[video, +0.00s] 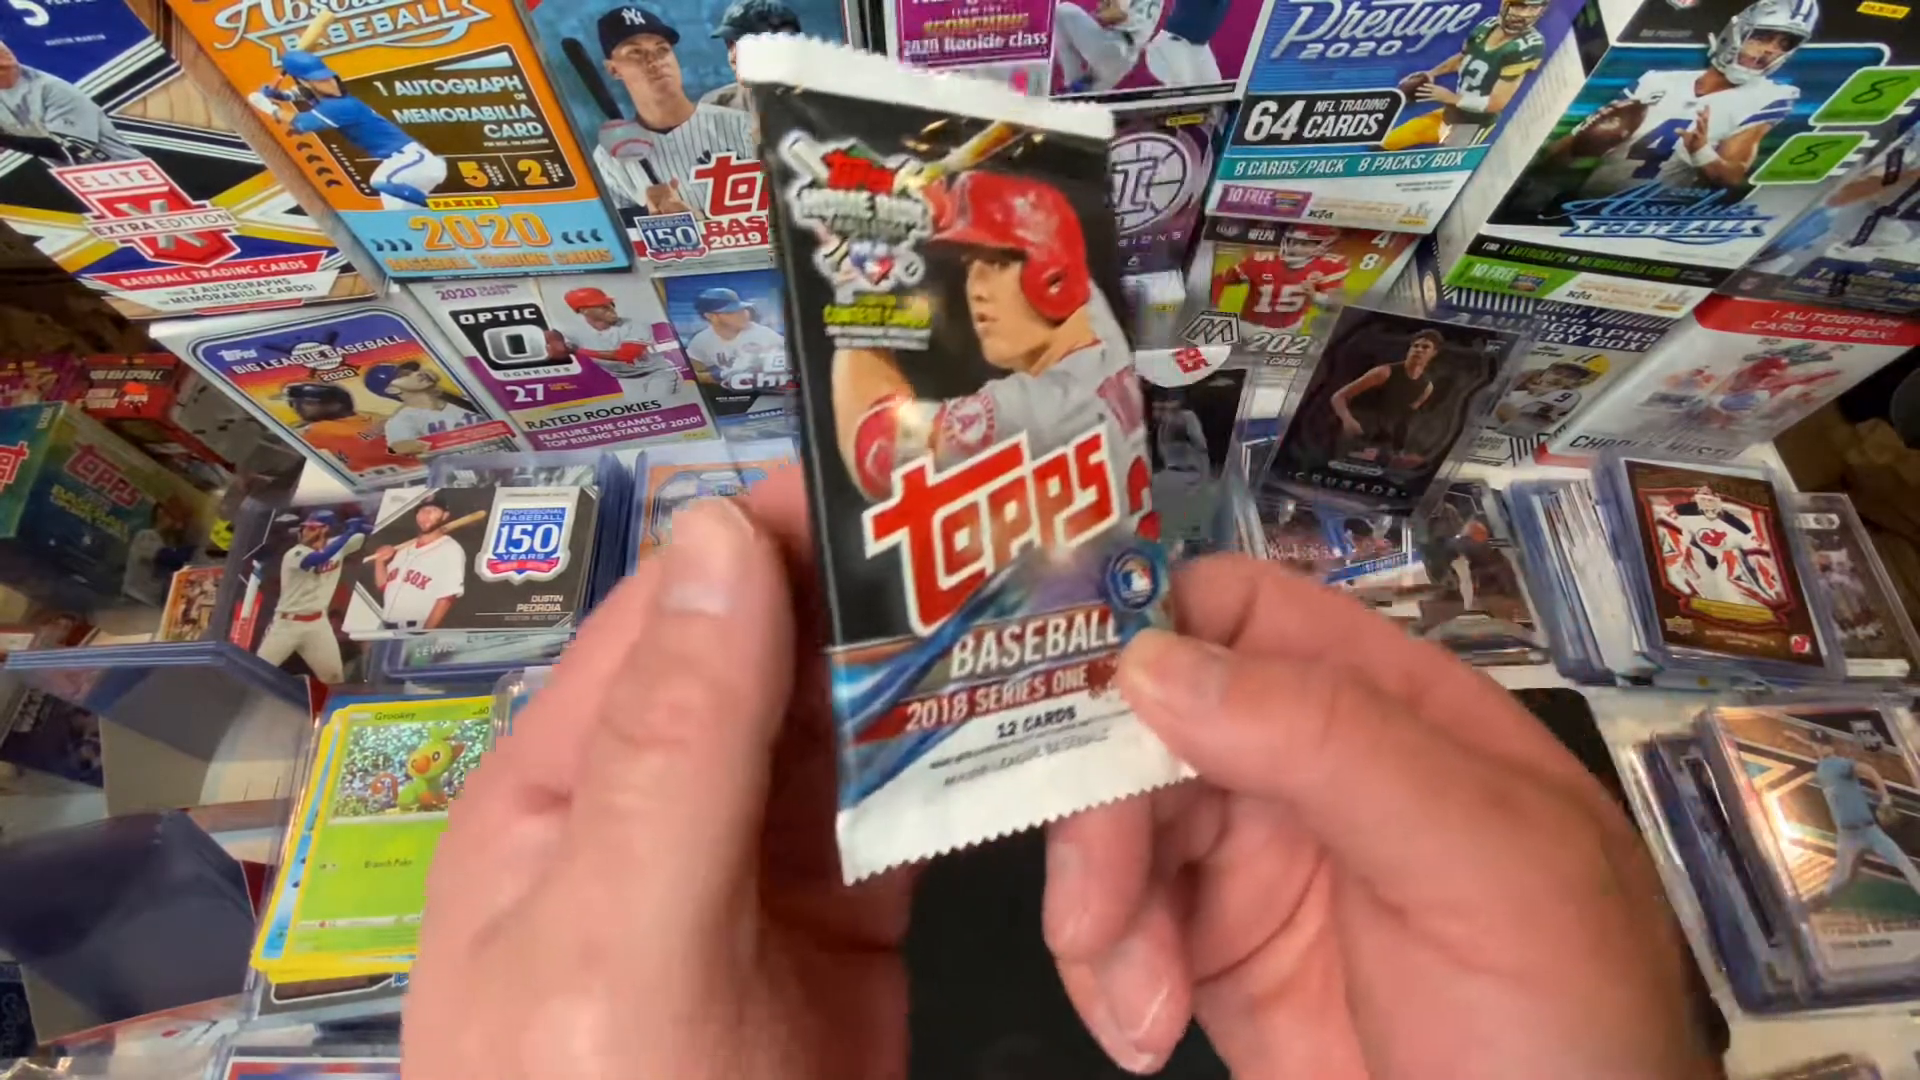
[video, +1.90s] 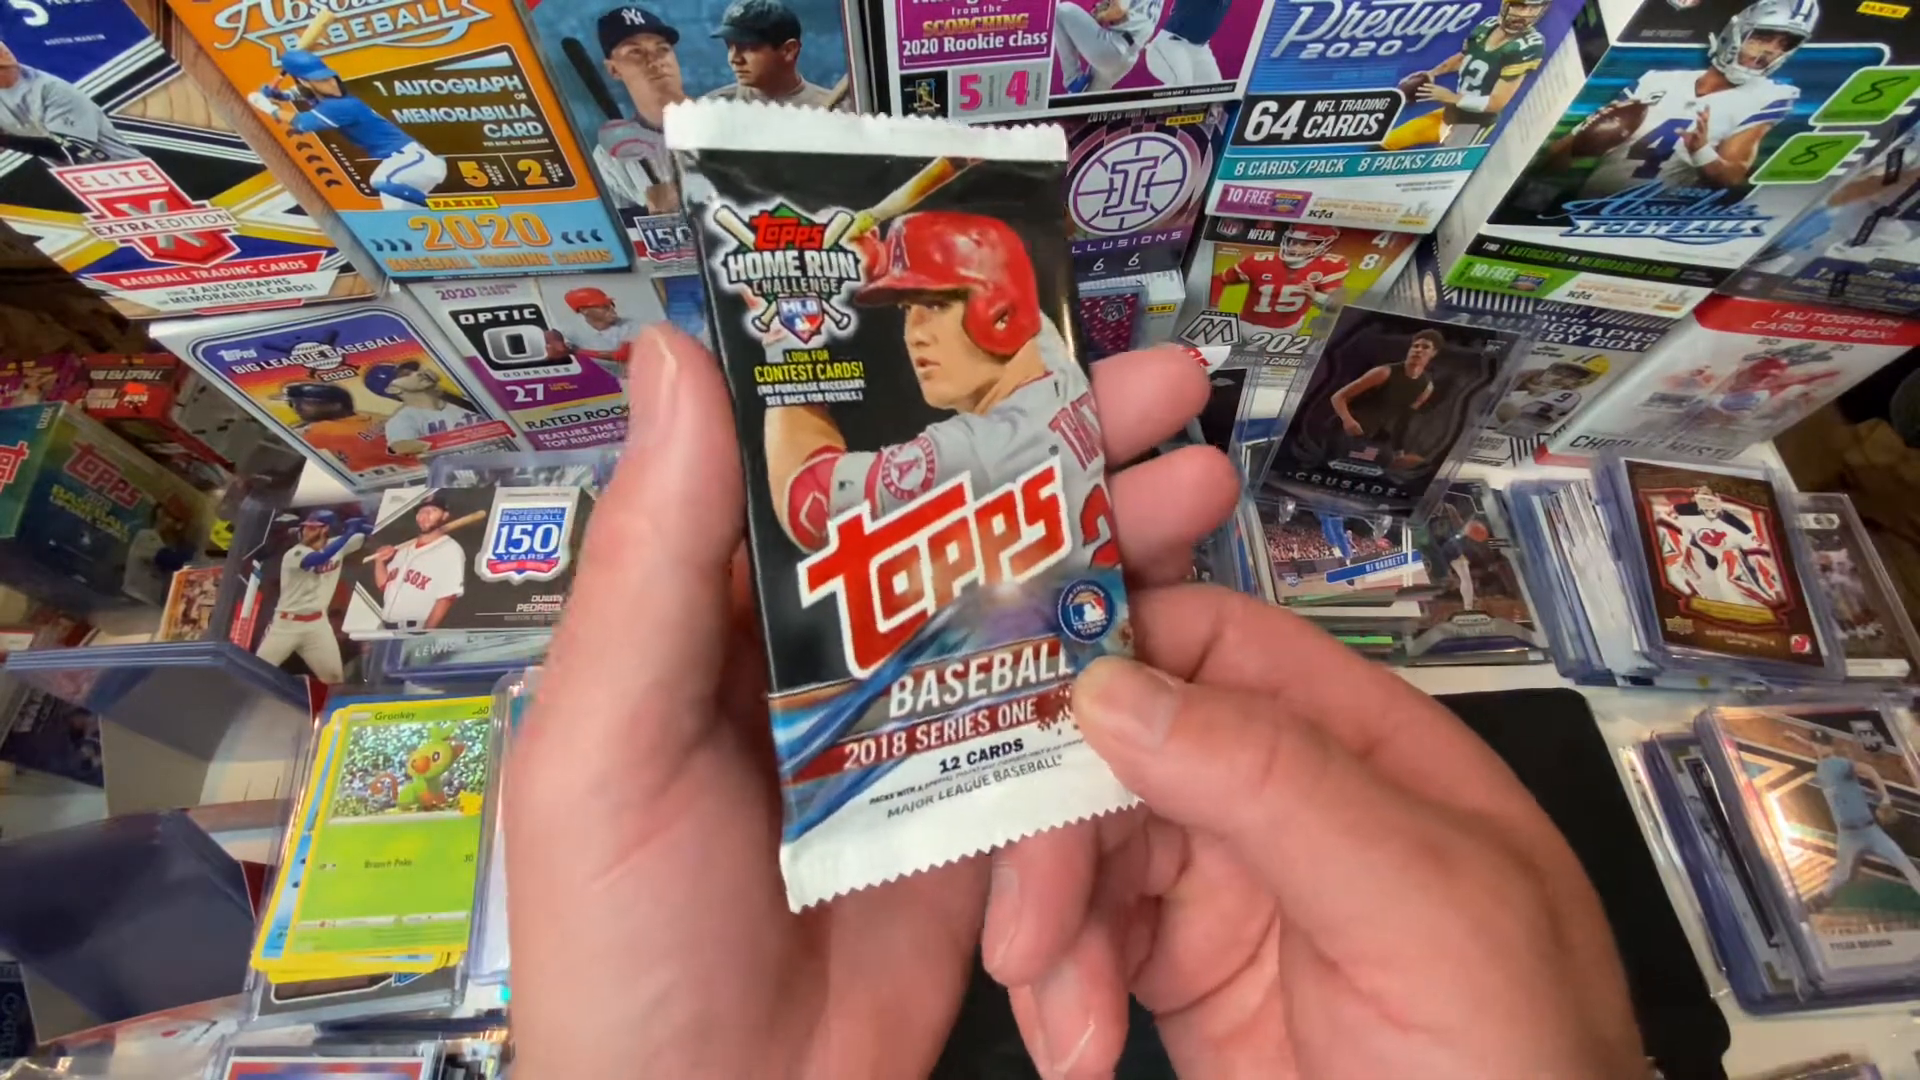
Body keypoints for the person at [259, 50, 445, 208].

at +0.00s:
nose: (330, 80)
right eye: (322, 78)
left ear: (310, 83)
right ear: (308, 83)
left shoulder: (343, 107)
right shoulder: (332, 102)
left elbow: (298, 123)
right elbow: (303, 92)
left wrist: (271, 109)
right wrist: (278, 95)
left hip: (415, 159)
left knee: (381, 179)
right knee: (399, 219)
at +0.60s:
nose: (331, 80)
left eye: (328, 76)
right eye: (322, 78)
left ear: (309, 82)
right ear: (307, 83)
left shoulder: (343, 106)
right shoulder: (332, 103)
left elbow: (299, 122)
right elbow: (301, 92)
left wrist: (270, 108)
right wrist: (276, 94)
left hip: (415, 158)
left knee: (380, 179)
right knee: (398, 221)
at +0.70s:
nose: (300, 87)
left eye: (301, 82)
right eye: (300, 83)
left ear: (309, 83)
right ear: (325, 79)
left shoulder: (342, 107)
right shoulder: (334, 102)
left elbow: (299, 123)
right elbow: (303, 93)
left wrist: (270, 110)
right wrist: (278, 96)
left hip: (413, 159)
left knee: (380, 180)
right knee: (398, 222)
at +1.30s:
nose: (298, 86)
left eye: (299, 82)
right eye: (298, 83)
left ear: (308, 83)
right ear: (324, 78)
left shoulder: (342, 106)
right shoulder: (335, 100)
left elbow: (298, 122)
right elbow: (303, 92)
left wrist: (267, 107)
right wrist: (277, 94)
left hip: (413, 158)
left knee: (380, 179)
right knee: (397, 223)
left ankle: (431, 213)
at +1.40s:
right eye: (322, 78)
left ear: (309, 83)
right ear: (308, 84)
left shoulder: (344, 106)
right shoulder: (333, 102)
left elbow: (300, 122)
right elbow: (303, 92)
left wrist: (270, 110)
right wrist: (277, 95)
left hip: (415, 158)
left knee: (381, 179)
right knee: (399, 222)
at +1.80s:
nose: (330, 80)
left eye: (328, 77)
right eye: (323, 78)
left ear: (309, 83)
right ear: (306, 83)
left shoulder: (343, 106)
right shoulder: (331, 102)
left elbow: (300, 122)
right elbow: (300, 92)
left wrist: (271, 109)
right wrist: (276, 94)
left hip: (414, 158)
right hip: (405, 165)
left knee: (381, 179)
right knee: (398, 222)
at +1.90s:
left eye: (301, 82)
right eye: (321, 79)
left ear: (308, 83)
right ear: (310, 82)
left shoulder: (343, 106)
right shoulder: (333, 102)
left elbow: (299, 123)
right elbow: (302, 93)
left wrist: (271, 109)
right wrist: (278, 95)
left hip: (415, 158)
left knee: (381, 179)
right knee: (398, 221)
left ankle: (434, 216)